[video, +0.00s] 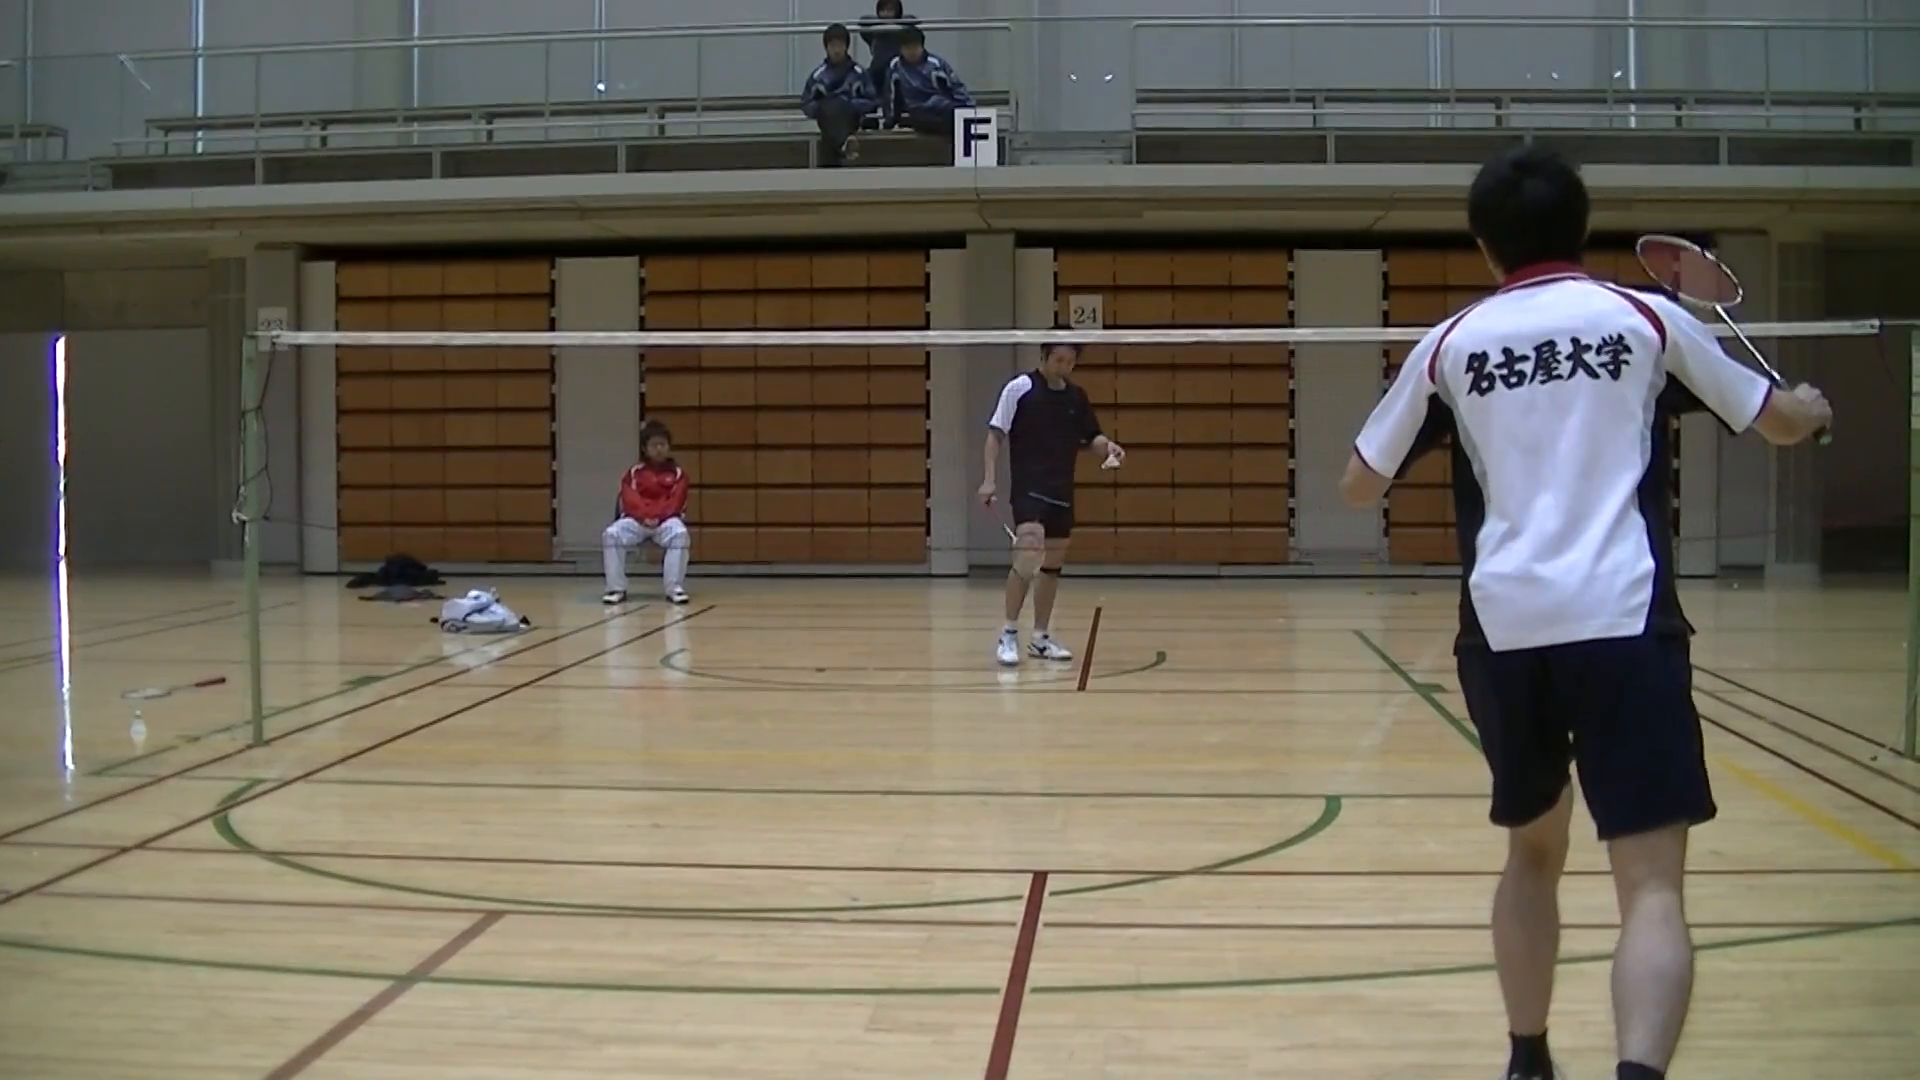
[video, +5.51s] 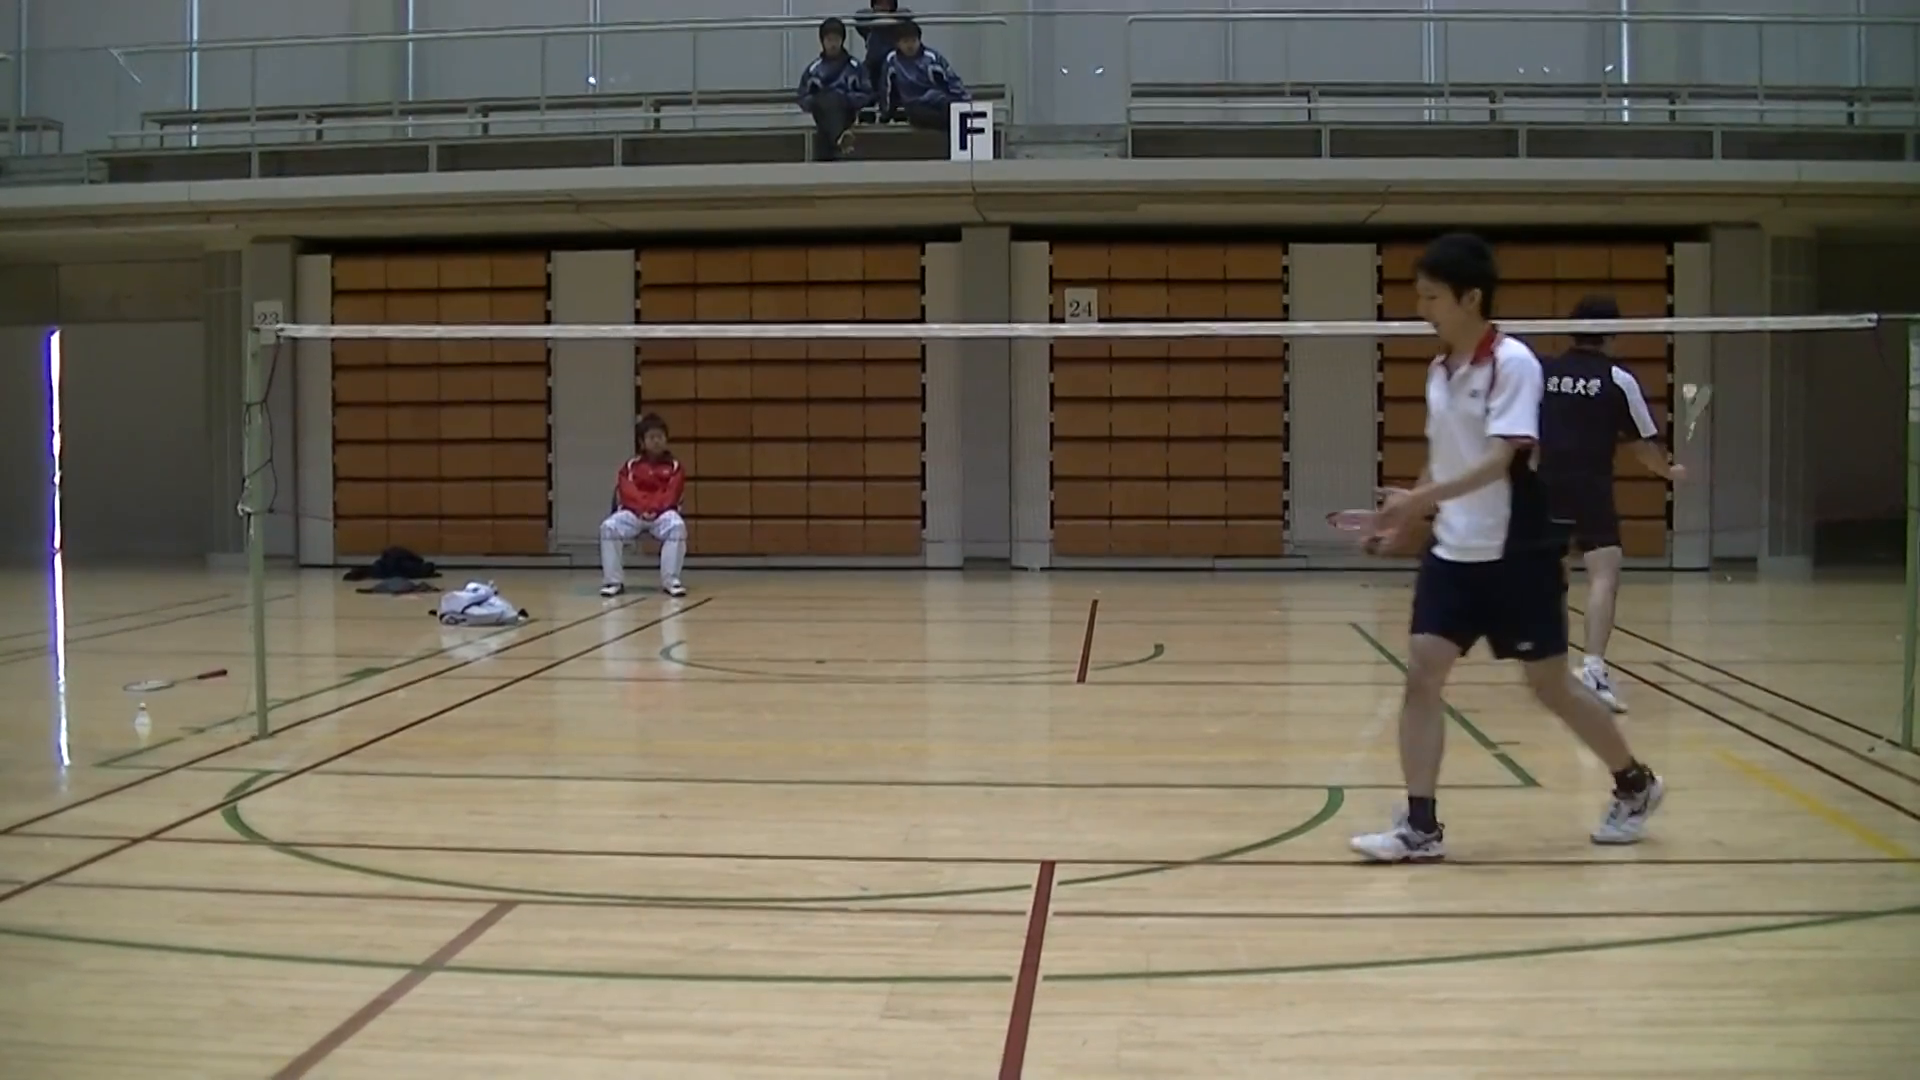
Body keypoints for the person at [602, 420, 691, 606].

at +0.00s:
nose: (659, 449)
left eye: (663, 444)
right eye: (654, 445)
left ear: (668, 447)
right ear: (645, 449)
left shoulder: (677, 474)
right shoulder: (634, 472)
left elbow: (676, 503)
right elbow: (629, 499)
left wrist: (657, 517)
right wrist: (644, 515)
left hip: (665, 520)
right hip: (637, 519)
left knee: (680, 535)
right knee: (611, 535)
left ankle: (674, 588)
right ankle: (616, 589)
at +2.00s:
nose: (656, 449)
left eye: (660, 444)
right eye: (650, 445)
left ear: (666, 447)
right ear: (642, 449)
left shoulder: (675, 473)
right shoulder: (631, 472)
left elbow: (673, 503)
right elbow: (626, 500)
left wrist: (655, 516)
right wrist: (642, 515)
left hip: (663, 519)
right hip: (634, 519)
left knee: (678, 534)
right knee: (609, 534)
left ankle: (672, 586)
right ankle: (613, 588)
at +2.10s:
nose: (664, 449)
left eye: (669, 444)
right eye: (659, 445)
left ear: (676, 447)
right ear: (651, 449)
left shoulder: (683, 475)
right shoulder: (640, 473)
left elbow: (680, 505)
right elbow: (635, 500)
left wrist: (660, 516)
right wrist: (652, 515)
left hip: (671, 519)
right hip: (643, 519)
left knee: (687, 534)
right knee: (618, 535)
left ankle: (682, 587)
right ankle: (622, 589)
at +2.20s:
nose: (697, 449)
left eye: (702, 444)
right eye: (692, 444)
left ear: (708, 447)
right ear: (683, 449)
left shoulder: (716, 475)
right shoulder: (673, 473)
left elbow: (713, 506)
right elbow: (668, 503)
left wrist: (691, 515)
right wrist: (684, 517)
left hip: (704, 520)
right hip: (676, 520)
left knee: (718, 534)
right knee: (651, 534)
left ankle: (714, 587)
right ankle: (654, 589)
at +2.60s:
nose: (674, 448)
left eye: (678, 443)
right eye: (668, 443)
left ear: (684, 445)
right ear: (659, 448)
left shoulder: (691, 473)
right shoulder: (648, 471)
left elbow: (689, 502)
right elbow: (643, 498)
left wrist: (671, 516)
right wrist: (661, 513)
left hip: (680, 518)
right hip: (651, 518)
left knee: (695, 534)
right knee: (627, 533)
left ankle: (688, 585)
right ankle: (631, 588)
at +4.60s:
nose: (656, 450)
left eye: (660, 445)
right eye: (651, 446)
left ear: (666, 448)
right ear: (642, 450)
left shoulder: (675, 475)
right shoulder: (631, 474)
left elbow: (672, 504)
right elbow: (626, 500)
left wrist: (655, 518)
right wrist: (642, 516)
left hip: (662, 521)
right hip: (633, 521)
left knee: (677, 536)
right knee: (609, 536)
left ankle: (671, 588)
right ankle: (614, 590)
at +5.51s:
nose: (656, 441)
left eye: (660, 436)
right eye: (651, 437)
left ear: (666, 439)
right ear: (642, 442)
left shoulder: (674, 466)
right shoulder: (630, 465)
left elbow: (672, 494)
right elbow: (626, 492)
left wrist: (657, 510)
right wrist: (641, 508)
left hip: (661, 513)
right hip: (633, 512)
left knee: (677, 527)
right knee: (609, 528)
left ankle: (671, 580)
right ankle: (613, 582)